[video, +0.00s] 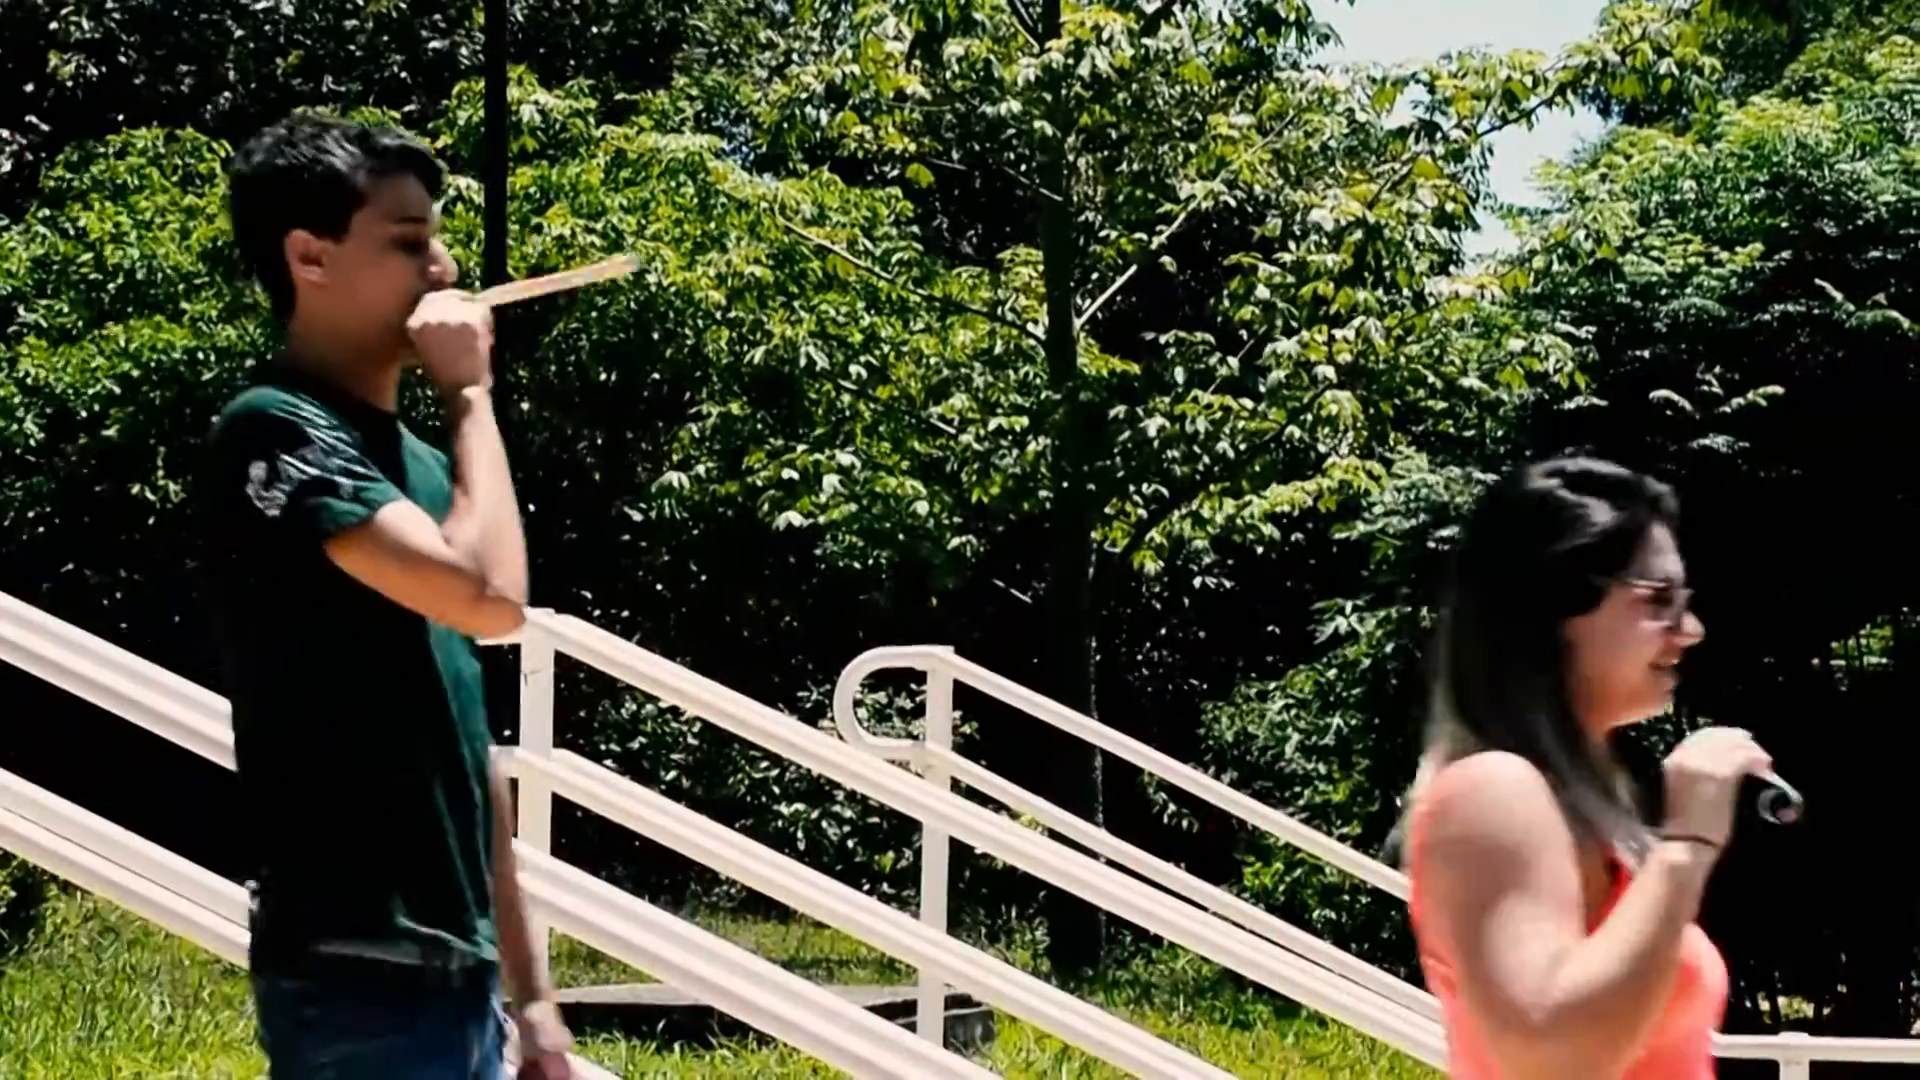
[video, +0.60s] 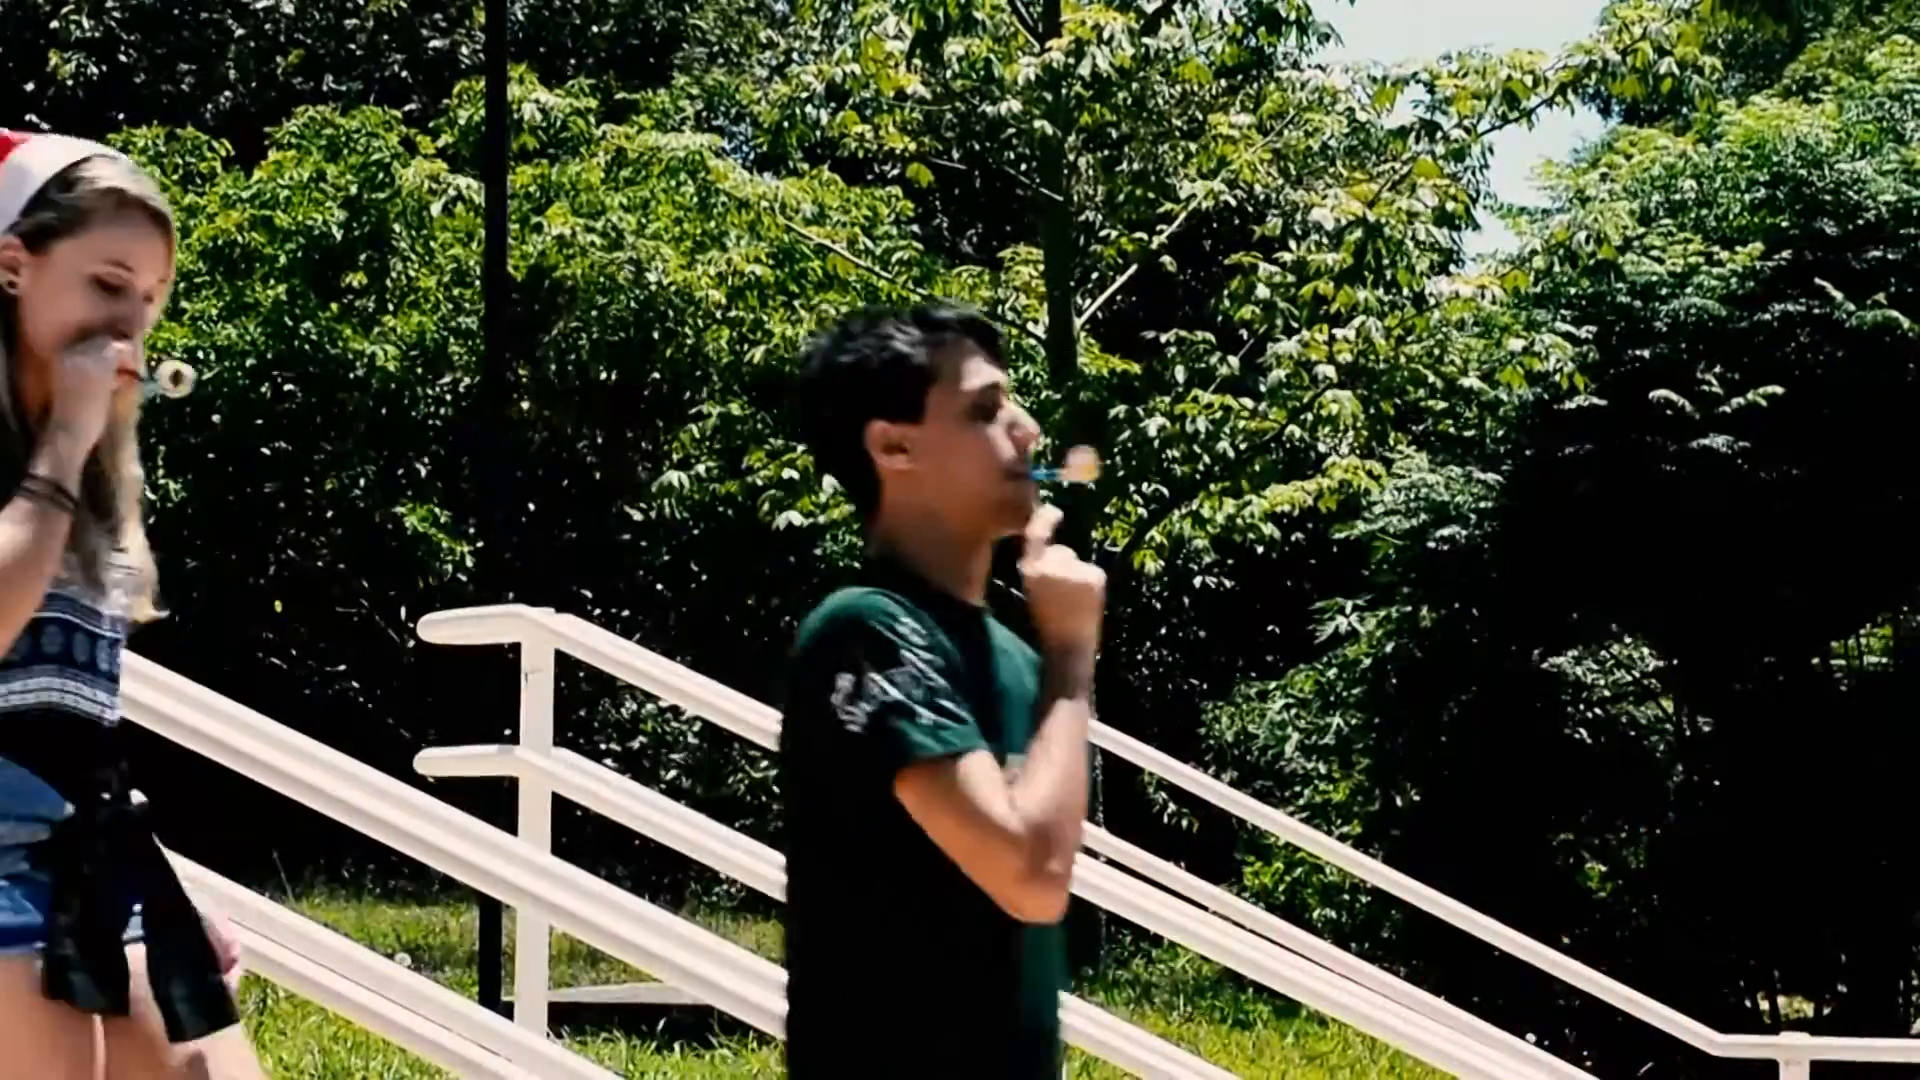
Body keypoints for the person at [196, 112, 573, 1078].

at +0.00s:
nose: (444, 271)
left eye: (437, 243)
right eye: (410, 243)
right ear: (310, 257)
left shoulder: (435, 473)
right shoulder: (272, 432)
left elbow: (479, 761)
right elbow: (490, 597)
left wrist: (529, 995)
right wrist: (471, 391)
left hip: (463, 970)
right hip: (356, 975)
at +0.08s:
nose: (523, 279)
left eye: (512, 250)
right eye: (485, 255)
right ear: (389, 275)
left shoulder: (504, 486)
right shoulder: (343, 448)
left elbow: (568, 784)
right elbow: (557, 616)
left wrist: (661, 982)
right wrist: (548, 413)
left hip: (517, 969)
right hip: (412, 979)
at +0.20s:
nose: (626, 284)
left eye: (618, 255)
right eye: (591, 258)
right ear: (493, 277)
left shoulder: (609, 486)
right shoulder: (449, 454)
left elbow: (675, 767)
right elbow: (658, 630)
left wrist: (793, 928)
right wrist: (648, 422)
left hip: (610, 989)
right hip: (506, 999)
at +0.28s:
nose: (703, 309)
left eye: (691, 280)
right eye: (665, 283)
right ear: (569, 306)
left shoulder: (684, 512)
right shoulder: (527, 485)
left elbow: (742, 791)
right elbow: (747, 657)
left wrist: (864, 935)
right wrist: (727, 449)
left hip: (691, 1011)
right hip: (574, 1021)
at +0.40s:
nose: (811, 403)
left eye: (797, 376)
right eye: (773, 380)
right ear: (677, 411)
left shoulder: (796, 624)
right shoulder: (644, 595)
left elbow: (813, 892)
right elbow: (877, 771)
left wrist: (926, 1058)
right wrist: (845, 549)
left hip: (789, 1051)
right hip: (668, 1052)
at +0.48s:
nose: (898, 428)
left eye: (885, 400)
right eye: (857, 407)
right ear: (765, 438)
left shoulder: (887, 649)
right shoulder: (733, 624)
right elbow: (947, 833)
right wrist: (940, 607)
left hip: (878, 1048)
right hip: (755, 1048)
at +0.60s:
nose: (1027, 429)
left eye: (1012, 403)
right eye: (986, 411)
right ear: (894, 447)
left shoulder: (1015, 655)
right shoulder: (862, 633)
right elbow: (1035, 877)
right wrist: (1070, 657)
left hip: (1015, 1052)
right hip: (886, 1054)